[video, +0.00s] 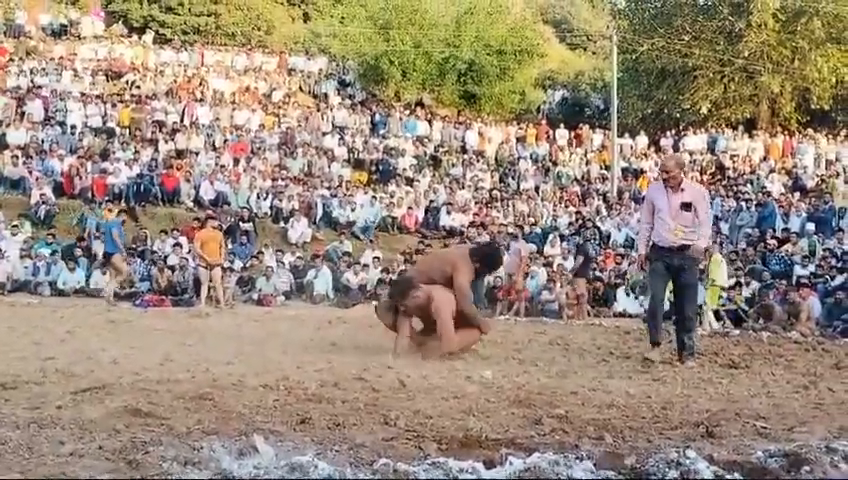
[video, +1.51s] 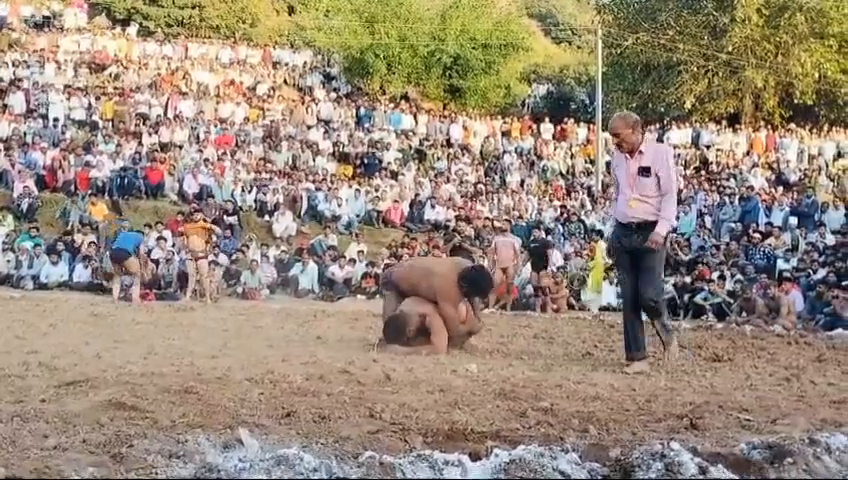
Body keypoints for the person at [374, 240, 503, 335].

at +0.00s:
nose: (486, 273)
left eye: (489, 271)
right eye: (487, 270)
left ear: (481, 253)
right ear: (481, 263)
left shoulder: (470, 251)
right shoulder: (462, 266)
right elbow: (465, 306)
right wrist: (480, 323)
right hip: (411, 285)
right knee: (385, 312)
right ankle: (416, 337)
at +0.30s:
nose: (513, 296)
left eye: (517, 293)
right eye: (513, 293)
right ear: (503, 286)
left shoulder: (499, 265)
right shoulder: (483, 285)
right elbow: (472, 322)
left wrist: (522, 316)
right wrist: (487, 343)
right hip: (425, 282)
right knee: (394, 310)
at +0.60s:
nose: (516, 314)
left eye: (520, 312)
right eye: (515, 310)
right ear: (508, 298)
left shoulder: (521, 282)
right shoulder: (490, 291)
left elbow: (532, 318)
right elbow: (471, 329)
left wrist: (542, 351)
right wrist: (486, 352)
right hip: (434, 280)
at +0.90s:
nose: (491, 311)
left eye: (498, 309)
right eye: (491, 307)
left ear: (509, 295)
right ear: (486, 295)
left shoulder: (504, 286)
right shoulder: (469, 290)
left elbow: (518, 320)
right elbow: (454, 329)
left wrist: (539, 350)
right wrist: (481, 348)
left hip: (452, 280)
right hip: (427, 285)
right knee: (421, 330)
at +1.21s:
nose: (470, 300)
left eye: (475, 297)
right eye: (468, 296)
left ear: (485, 284)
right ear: (461, 284)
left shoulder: (483, 278)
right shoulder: (447, 284)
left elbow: (503, 299)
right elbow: (456, 330)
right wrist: (477, 338)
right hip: (418, 290)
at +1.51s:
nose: (475, 299)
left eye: (478, 296)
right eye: (475, 295)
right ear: (467, 289)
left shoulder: (468, 265)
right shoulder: (447, 289)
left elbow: (472, 296)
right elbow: (454, 330)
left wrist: (476, 318)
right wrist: (470, 327)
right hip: (393, 279)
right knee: (391, 329)